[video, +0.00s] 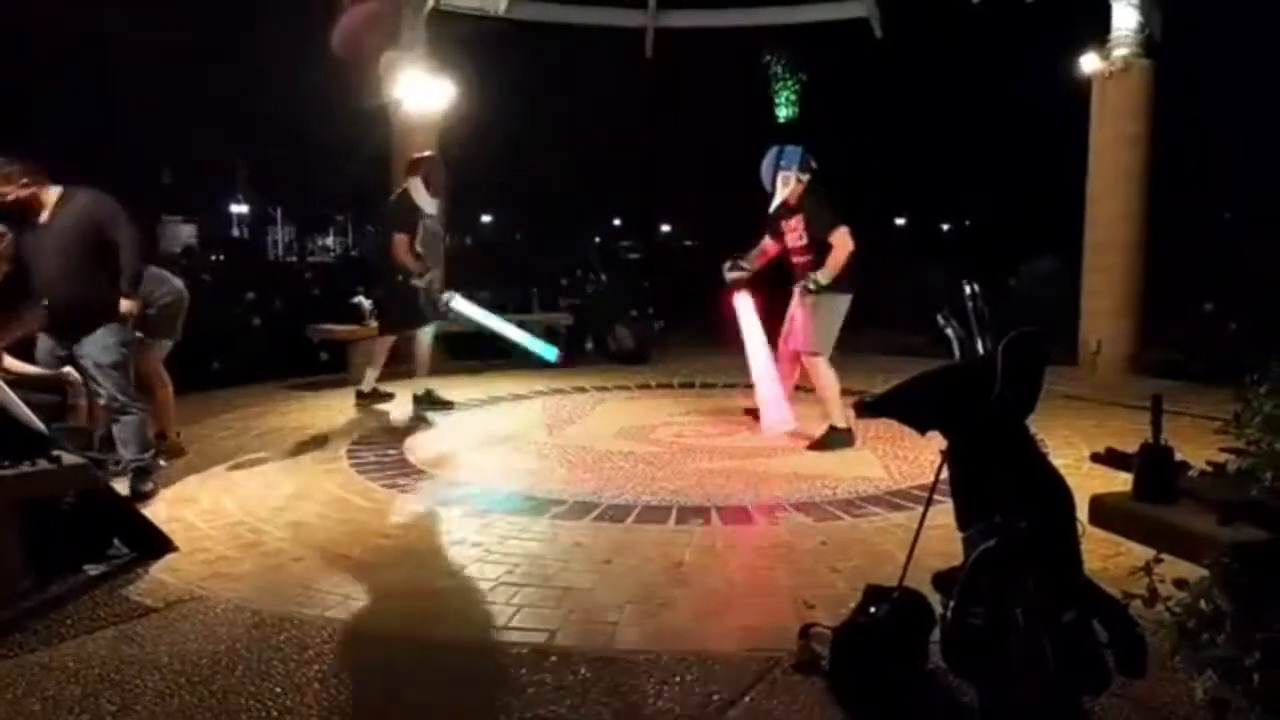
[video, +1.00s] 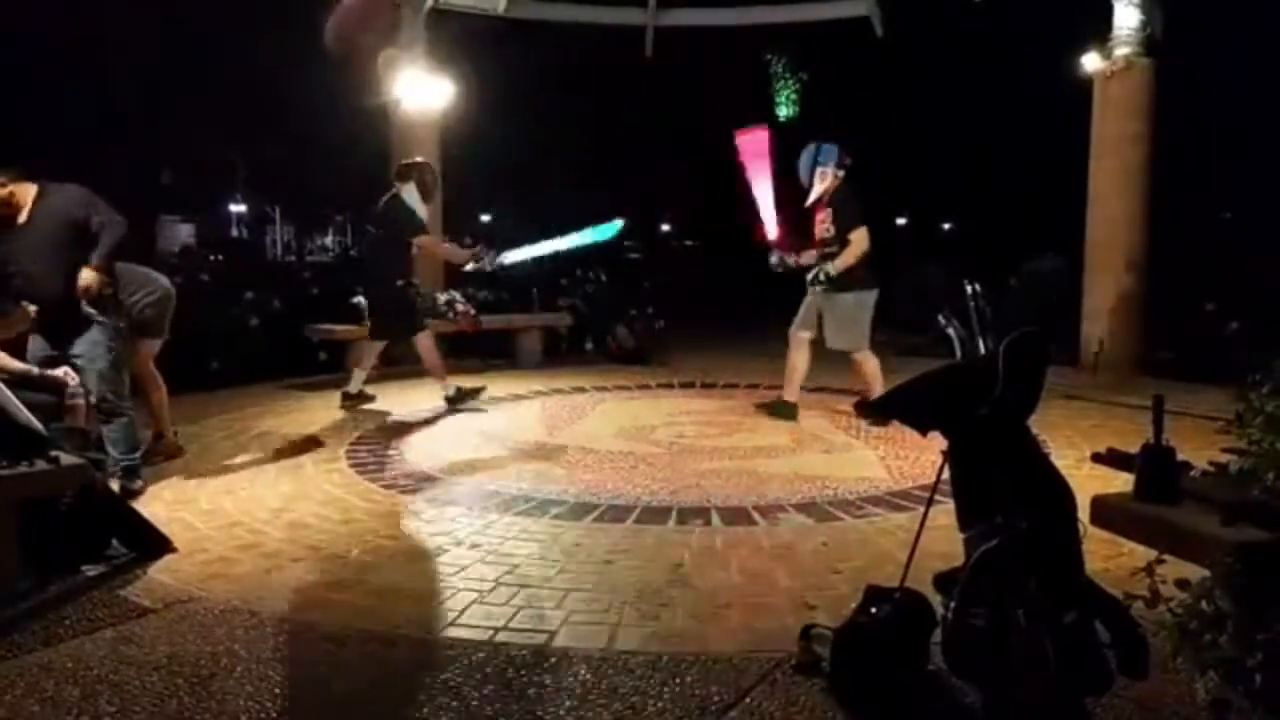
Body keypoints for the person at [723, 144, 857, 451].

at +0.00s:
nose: (781, 187)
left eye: (787, 180)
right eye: (778, 180)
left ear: (800, 179)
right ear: (774, 179)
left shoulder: (815, 206)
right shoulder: (781, 214)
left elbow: (844, 243)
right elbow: (769, 246)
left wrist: (821, 278)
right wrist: (747, 265)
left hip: (829, 290)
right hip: (804, 289)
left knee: (813, 355)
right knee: (788, 351)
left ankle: (839, 425)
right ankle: (774, 407)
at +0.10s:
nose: (774, 186)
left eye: (780, 179)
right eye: (770, 179)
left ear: (792, 179)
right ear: (764, 179)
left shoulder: (806, 207)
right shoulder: (770, 212)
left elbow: (838, 238)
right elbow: (745, 233)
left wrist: (833, 281)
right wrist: (719, 246)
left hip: (818, 292)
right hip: (791, 294)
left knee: (824, 354)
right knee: (779, 347)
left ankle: (840, 425)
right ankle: (773, 406)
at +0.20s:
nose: (772, 187)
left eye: (778, 180)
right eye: (768, 180)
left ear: (789, 179)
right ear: (761, 180)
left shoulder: (802, 206)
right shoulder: (764, 209)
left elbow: (835, 237)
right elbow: (735, 223)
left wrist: (837, 279)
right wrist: (707, 233)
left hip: (817, 293)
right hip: (790, 292)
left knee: (827, 355)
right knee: (776, 346)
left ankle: (841, 424)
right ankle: (772, 406)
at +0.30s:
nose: (757, 183)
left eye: (760, 176)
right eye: (756, 177)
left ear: (774, 174)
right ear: (760, 174)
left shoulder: (794, 201)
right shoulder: (764, 199)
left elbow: (823, 232)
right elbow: (736, 197)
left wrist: (839, 272)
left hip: (816, 290)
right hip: (789, 289)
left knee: (829, 351)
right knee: (779, 346)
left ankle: (856, 412)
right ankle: (774, 407)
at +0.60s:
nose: (769, 180)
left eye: (774, 174)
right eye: (767, 173)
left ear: (787, 175)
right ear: (763, 173)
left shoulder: (802, 203)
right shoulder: (769, 203)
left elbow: (827, 238)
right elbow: (763, 231)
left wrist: (814, 273)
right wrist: (741, 207)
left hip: (823, 289)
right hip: (788, 288)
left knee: (838, 349)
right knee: (771, 341)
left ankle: (869, 397)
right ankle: (772, 406)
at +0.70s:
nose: (786, 192)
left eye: (790, 185)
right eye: (782, 186)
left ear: (801, 183)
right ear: (776, 185)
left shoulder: (818, 209)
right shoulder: (785, 214)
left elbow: (839, 248)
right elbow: (785, 253)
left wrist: (816, 280)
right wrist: (759, 236)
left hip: (833, 294)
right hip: (796, 292)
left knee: (843, 355)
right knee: (772, 341)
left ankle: (873, 399)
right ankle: (772, 405)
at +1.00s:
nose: (817, 182)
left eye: (821, 175)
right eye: (815, 175)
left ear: (832, 173)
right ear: (813, 174)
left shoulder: (845, 200)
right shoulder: (821, 203)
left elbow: (861, 242)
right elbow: (826, 249)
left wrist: (831, 268)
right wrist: (792, 260)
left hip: (854, 287)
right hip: (824, 285)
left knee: (857, 349)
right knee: (799, 335)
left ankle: (879, 401)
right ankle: (788, 400)